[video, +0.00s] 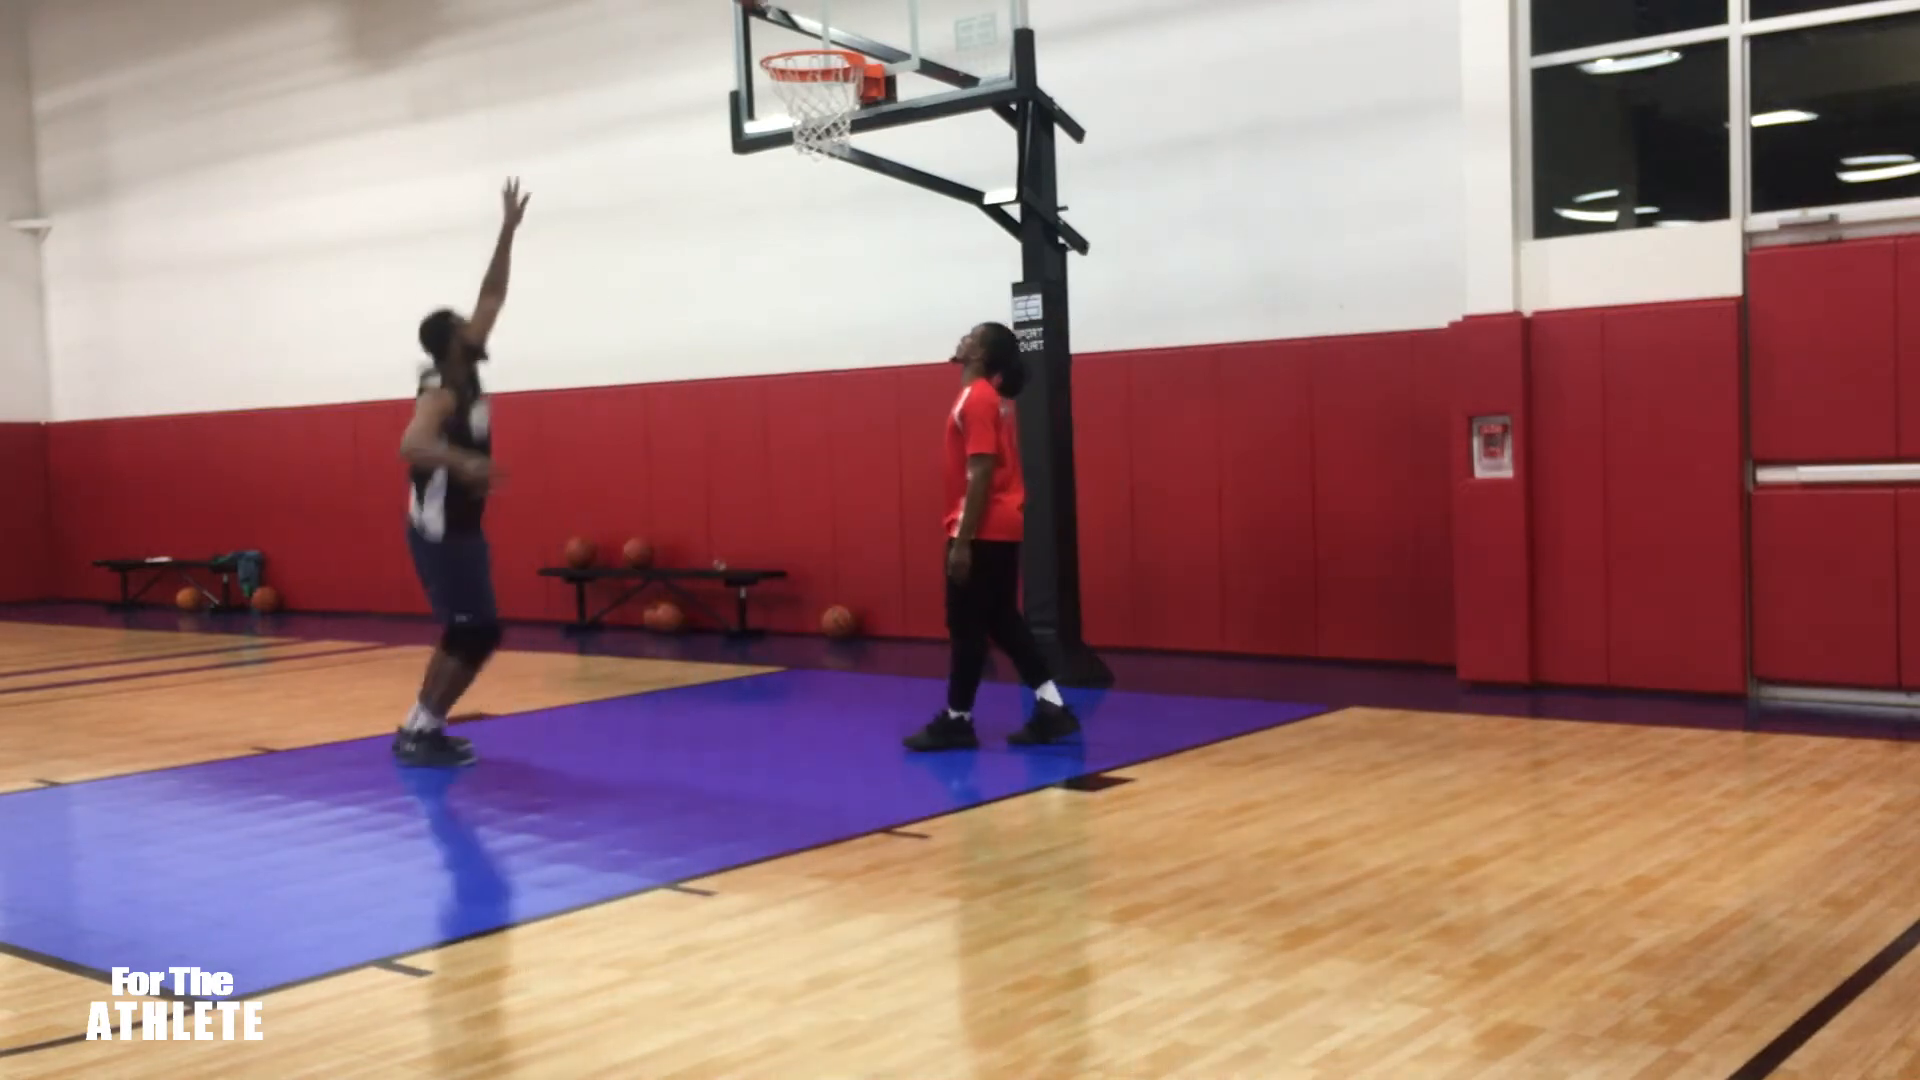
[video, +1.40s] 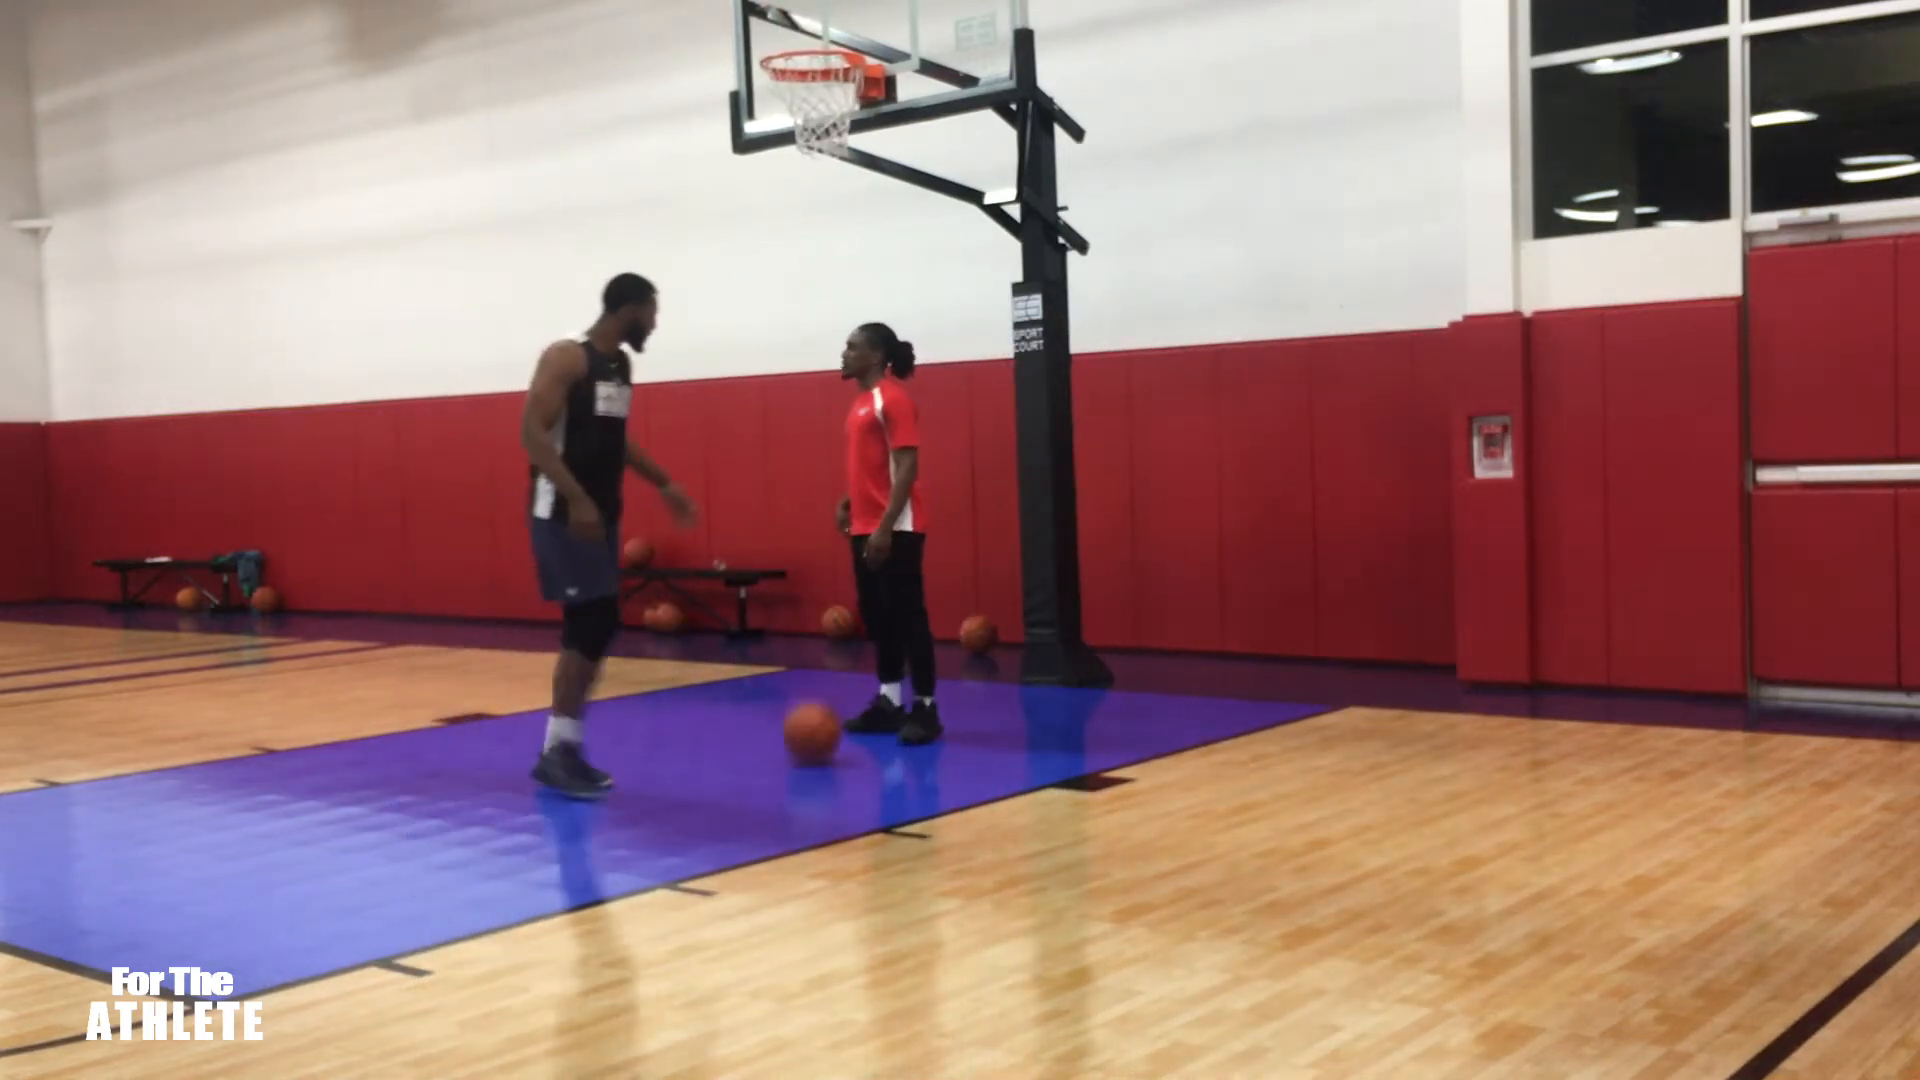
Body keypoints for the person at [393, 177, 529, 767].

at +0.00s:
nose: (475, 327)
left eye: (471, 322)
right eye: (467, 323)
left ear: (455, 340)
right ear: (453, 340)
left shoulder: (467, 373)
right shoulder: (441, 392)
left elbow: (491, 296)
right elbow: (414, 445)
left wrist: (507, 231)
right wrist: (470, 464)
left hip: (458, 524)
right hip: (442, 528)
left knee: (468, 628)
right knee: (477, 629)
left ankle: (423, 726)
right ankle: (422, 729)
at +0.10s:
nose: (472, 337)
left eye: (468, 332)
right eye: (463, 334)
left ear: (454, 347)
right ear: (445, 349)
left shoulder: (463, 382)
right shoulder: (423, 408)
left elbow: (496, 310)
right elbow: (381, 468)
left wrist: (526, 249)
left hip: (458, 537)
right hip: (441, 542)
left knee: (468, 629)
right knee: (511, 617)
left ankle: (419, 724)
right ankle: (447, 713)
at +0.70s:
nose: (467, 310)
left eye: (461, 303)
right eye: (457, 304)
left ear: (444, 320)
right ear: (436, 320)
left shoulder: (471, 362)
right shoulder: (404, 384)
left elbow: (521, 367)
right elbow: (399, 465)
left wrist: (590, 343)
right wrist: (432, 528)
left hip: (475, 521)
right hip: (426, 526)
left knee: (500, 617)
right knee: (432, 625)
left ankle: (448, 706)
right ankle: (403, 740)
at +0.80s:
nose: (480, 310)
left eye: (475, 302)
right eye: (471, 304)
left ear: (456, 317)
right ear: (449, 317)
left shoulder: (479, 365)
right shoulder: (415, 381)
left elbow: (512, 411)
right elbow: (414, 462)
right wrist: (469, 513)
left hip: (484, 513)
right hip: (430, 519)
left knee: (520, 612)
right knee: (427, 623)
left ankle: (479, 721)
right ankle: (403, 741)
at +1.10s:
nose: (578, 331)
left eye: (575, 322)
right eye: (570, 322)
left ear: (548, 330)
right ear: (546, 328)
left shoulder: (553, 392)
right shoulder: (495, 379)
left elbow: (533, 463)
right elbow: (464, 452)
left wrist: (548, 518)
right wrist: (514, 506)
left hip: (534, 530)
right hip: (480, 530)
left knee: (556, 627)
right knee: (459, 628)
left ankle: (554, 752)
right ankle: (414, 729)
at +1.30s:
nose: (631, 322)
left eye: (630, 313)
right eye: (624, 312)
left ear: (602, 314)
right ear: (599, 312)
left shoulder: (597, 372)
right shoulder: (544, 359)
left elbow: (579, 452)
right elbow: (511, 432)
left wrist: (608, 503)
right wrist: (545, 500)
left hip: (578, 518)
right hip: (536, 514)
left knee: (576, 625)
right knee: (558, 618)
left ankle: (555, 751)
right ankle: (492, 710)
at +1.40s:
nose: (653, 326)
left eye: (653, 316)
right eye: (648, 316)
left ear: (629, 313)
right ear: (623, 312)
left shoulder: (619, 367)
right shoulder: (566, 358)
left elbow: (614, 439)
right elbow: (534, 435)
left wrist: (664, 484)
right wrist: (576, 496)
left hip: (598, 517)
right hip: (563, 517)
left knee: (596, 625)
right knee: (590, 623)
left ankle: (565, 746)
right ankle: (558, 750)